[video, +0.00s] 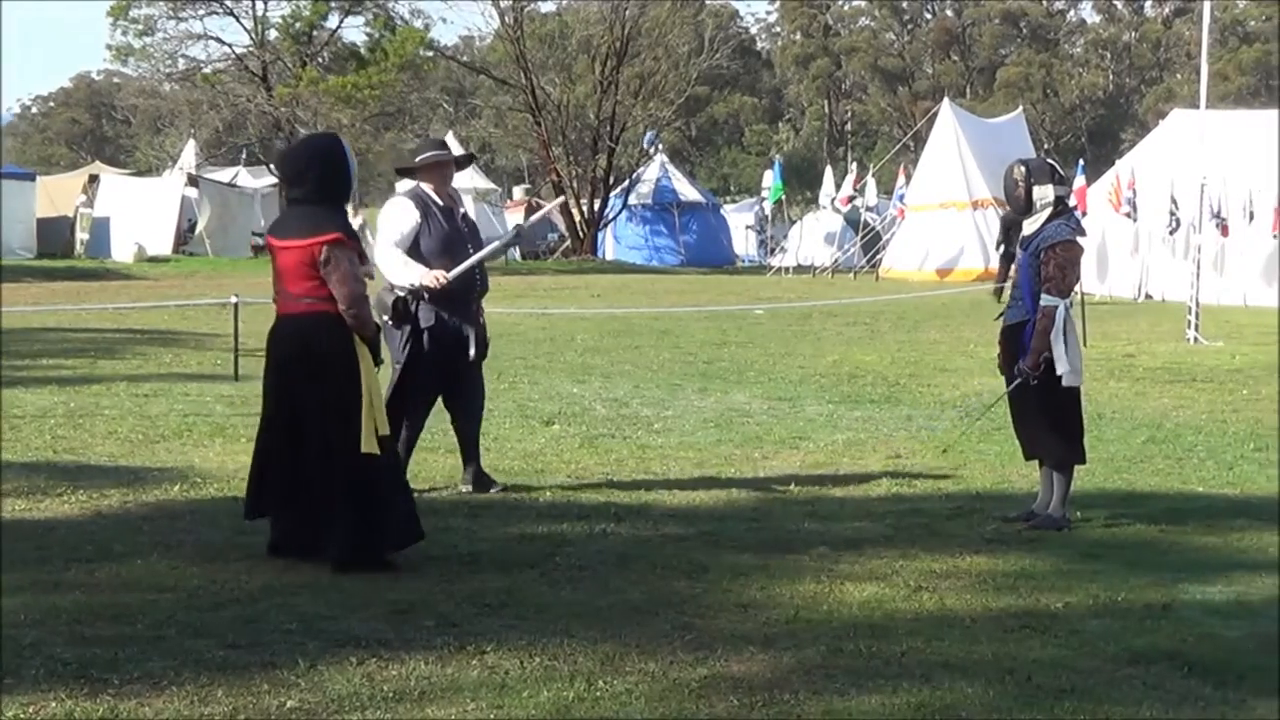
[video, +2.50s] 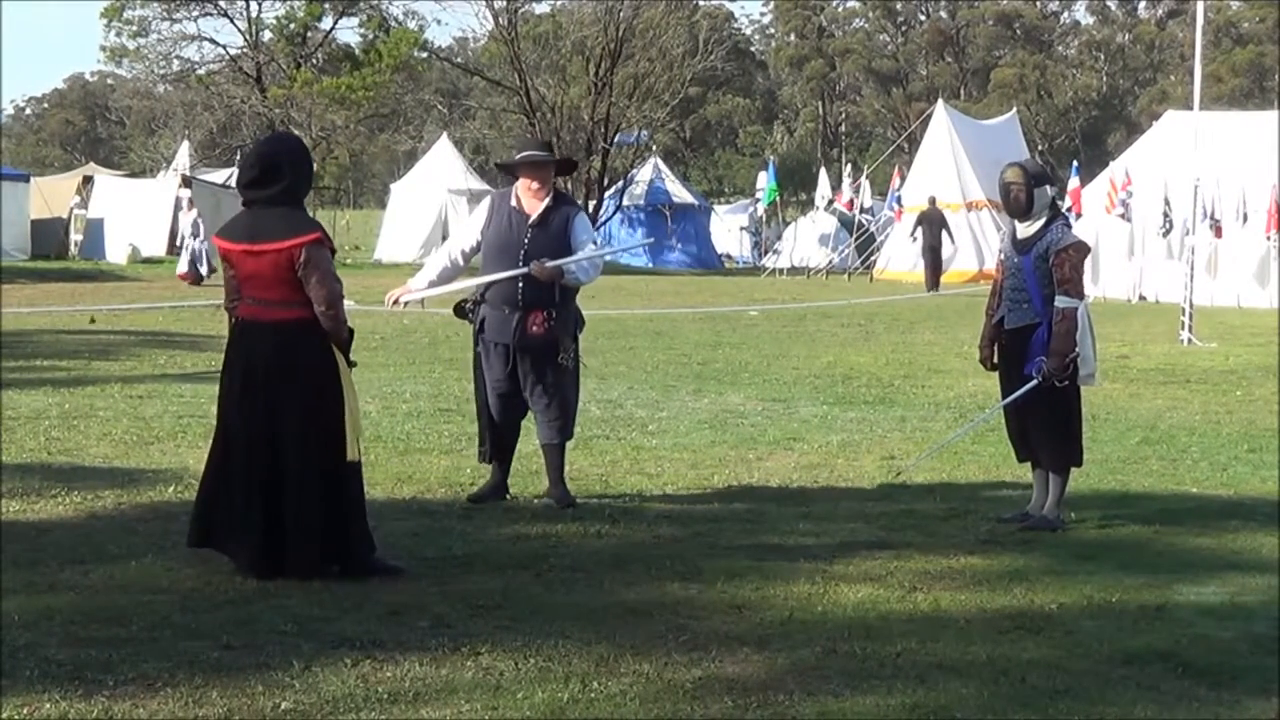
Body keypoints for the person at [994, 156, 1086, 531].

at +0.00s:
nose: (1015, 195)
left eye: (1021, 187)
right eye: (1015, 186)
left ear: (1041, 189)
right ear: (1043, 191)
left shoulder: (1060, 241)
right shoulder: (1036, 234)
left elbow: (1052, 306)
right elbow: (1025, 296)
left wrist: (1036, 352)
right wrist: (1009, 337)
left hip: (1048, 339)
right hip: (1025, 336)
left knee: (1057, 422)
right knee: (1037, 421)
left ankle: (1058, 508)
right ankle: (1044, 502)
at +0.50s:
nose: (1003, 193)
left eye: (1010, 187)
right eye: (1001, 186)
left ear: (1032, 190)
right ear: (1001, 191)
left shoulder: (1048, 236)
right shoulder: (1015, 231)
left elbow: (1046, 303)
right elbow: (1005, 285)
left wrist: (1028, 354)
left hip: (1036, 338)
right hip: (1008, 336)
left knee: (1043, 419)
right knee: (1021, 418)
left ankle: (1044, 508)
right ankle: (1029, 501)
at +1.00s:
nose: (1010, 194)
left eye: (1018, 187)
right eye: (1006, 187)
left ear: (1041, 190)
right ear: (1004, 193)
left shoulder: (1058, 236)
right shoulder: (1013, 234)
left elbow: (1069, 300)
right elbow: (1001, 287)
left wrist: (1063, 353)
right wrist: (988, 332)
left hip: (1045, 336)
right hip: (1013, 336)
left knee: (1050, 417)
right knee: (1024, 415)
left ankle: (1049, 508)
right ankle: (1035, 501)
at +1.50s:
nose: (1014, 195)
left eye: (1022, 189)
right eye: (1010, 189)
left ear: (1045, 192)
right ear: (1006, 193)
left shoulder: (1063, 236)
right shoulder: (1014, 234)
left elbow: (1074, 300)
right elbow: (1003, 288)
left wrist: (1068, 353)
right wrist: (991, 335)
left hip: (1051, 338)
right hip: (1017, 338)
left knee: (1054, 418)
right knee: (1028, 416)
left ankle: (1052, 509)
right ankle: (1038, 502)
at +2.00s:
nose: (1013, 196)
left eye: (1021, 189)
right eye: (1009, 189)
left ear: (1044, 192)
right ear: (1005, 193)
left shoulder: (1063, 236)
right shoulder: (1013, 234)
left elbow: (1072, 300)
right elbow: (1002, 288)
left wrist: (1063, 353)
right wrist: (990, 334)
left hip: (1050, 337)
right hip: (1016, 337)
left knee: (1054, 417)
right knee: (1027, 415)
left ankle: (1053, 508)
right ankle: (1039, 501)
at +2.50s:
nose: (1010, 197)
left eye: (1018, 190)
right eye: (1006, 190)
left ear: (1041, 193)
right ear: (1004, 194)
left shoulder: (1061, 238)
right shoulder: (1011, 235)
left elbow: (1069, 301)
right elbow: (1000, 289)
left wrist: (1059, 354)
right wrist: (989, 335)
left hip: (1047, 337)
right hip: (1013, 337)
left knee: (1053, 416)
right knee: (1026, 415)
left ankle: (1053, 507)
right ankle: (1039, 501)